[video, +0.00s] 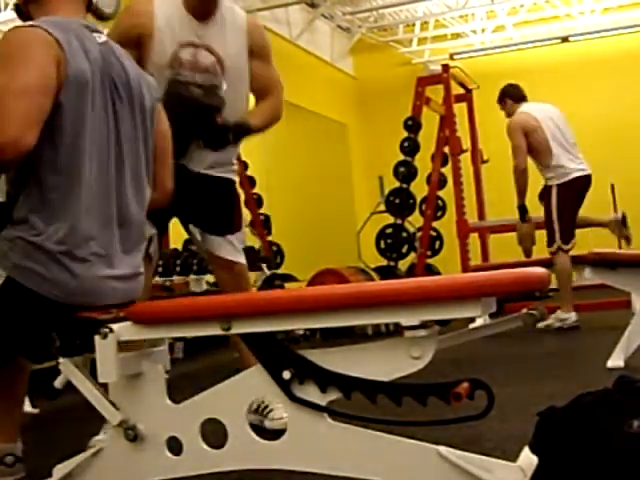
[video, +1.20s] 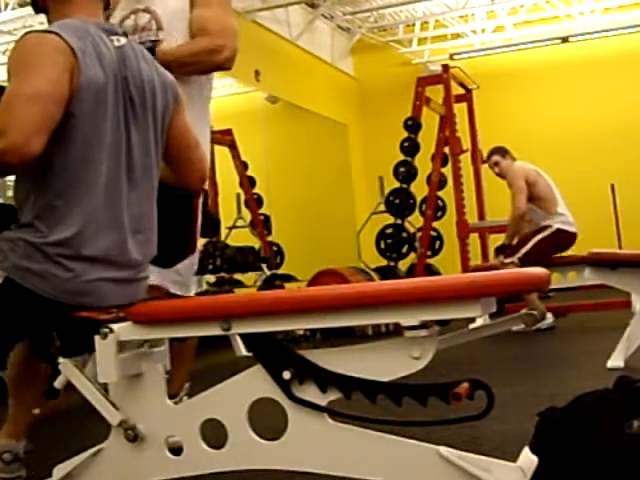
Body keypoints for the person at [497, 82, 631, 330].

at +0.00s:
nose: (503, 113)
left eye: (503, 108)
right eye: (502, 109)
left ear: (508, 102)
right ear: (521, 98)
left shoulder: (516, 121)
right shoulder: (547, 108)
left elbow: (520, 166)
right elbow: (564, 143)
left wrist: (520, 205)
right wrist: (548, 187)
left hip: (560, 182)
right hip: (580, 175)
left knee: (559, 249)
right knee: (558, 219)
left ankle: (567, 309)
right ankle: (609, 222)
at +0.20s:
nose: (492, 117)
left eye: (491, 111)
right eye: (490, 112)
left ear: (501, 103)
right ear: (505, 102)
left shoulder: (516, 121)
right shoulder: (532, 113)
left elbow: (522, 164)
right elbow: (547, 158)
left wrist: (522, 203)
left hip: (553, 183)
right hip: (562, 179)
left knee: (554, 250)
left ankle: (566, 309)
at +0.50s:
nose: (489, 126)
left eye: (488, 119)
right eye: (486, 121)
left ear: (500, 112)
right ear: (499, 114)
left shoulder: (518, 128)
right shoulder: (516, 131)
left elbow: (526, 167)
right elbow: (522, 171)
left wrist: (516, 204)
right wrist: (516, 203)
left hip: (545, 193)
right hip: (538, 194)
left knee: (529, 254)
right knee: (525, 254)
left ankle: (559, 304)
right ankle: (536, 306)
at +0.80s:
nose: (484, 142)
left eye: (485, 135)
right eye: (481, 140)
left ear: (496, 129)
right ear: (482, 142)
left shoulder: (510, 144)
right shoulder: (504, 154)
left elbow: (521, 181)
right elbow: (510, 190)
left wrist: (514, 220)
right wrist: (513, 222)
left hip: (548, 200)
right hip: (538, 201)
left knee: (519, 254)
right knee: (518, 254)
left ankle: (539, 309)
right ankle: (538, 309)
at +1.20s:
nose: (496, 171)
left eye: (496, 164)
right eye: (492, 167)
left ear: (507, 158)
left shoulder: (517, 170)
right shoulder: (521, 171)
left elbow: (519, 210)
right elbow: (528, 217)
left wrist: (507, 242)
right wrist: (516, 241)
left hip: (558, 228)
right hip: (551, 227)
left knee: (513, 263)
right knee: (511, 261)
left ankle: (538, 312)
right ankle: (536, 311)